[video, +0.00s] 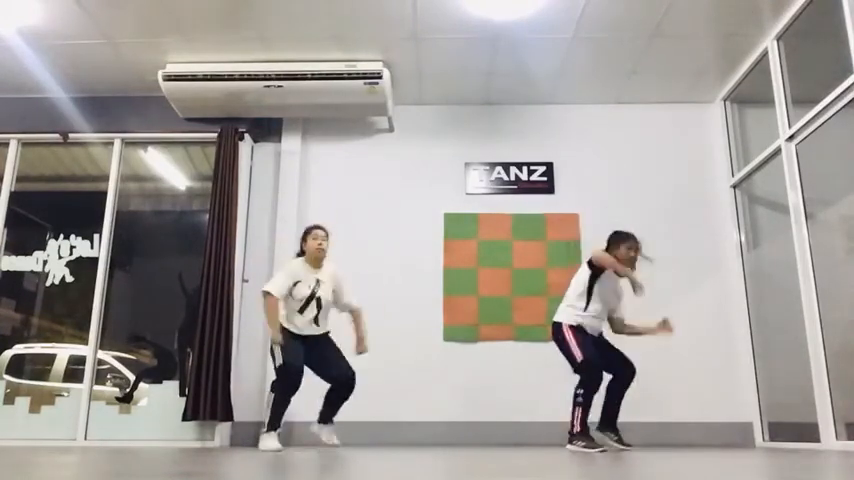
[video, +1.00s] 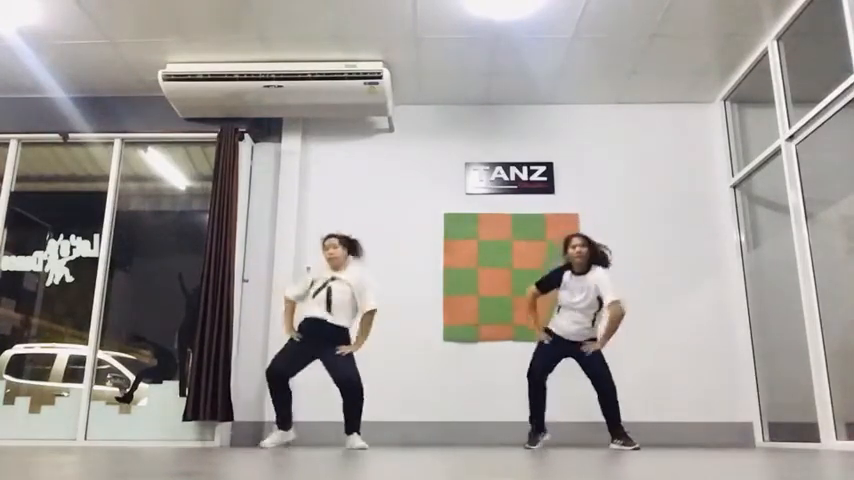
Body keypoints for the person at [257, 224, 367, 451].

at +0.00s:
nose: (321, 243)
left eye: (324, 240)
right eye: (315, 239)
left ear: (328, 246)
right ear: (304, 244)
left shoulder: (331, 274)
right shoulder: (294, 268)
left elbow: (352, 308)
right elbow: (271, 294)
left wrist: (360, 338)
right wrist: (274, 329)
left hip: (318, 339)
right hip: (290, 336)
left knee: (345, 378)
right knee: (290, 376)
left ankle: (324, 424)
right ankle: (270, 432)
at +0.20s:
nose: (317, 243)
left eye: (321, 240)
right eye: (312, 239)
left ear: (328, 246)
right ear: (304, 245)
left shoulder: (339, 272)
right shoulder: (289, 270)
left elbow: (367, 273)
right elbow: (263, 273)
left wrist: (372, 278)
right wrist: (259, 278)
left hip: (329, 338)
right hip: (297, 337)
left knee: (341, 385)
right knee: (278, 375)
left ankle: (327, 435)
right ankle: (272, 431)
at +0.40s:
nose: (314, 237)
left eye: (319, 234)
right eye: (310, 233)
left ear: (326, 240)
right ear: (304, 239)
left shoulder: (338, 266)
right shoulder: (290, 266)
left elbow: (369, 267)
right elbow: (261, 266)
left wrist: (369, 237)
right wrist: (262, 239)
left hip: (330, 330)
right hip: (299, 330)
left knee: (354, 377)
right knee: (277, 378)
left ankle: (352, 428)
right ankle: (277, 435)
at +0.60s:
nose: (322, 237)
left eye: (327, 234)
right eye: (318, 234)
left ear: (333, 241)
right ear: (311, 240)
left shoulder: (346, 265)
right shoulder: (299, 265)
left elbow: (375, 273)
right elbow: (270, 270)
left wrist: (385, 251)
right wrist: (268, 248)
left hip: (337, 326)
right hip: (307, 326)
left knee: (350, 379)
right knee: (286, 378)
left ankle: (352, 434)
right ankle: (278, 434)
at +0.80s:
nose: (332, 239)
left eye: (336, 236)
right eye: (328, 236)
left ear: (345, 243)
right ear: (322, 242)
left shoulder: (353, 272)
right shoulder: (311, 264)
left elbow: (379, 297)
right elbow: (286, 285)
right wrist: (286, 319)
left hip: (343, 330)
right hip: (313, 328)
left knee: (355, 380)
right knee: (291, 378)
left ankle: (353, 433)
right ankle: (278, 433)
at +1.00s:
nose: (330, 252)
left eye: (335, 247)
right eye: (326, 249)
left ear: (346, 251)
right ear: (323, 253)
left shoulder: (356, 277)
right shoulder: (315, 275)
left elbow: (369, 310)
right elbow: (290, 297)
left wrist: (357, 343)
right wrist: (290, 329)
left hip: (337, 340)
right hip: (307, 336)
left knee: (352, 387)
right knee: (275, 373)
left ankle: (352, 435)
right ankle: (284, 429)